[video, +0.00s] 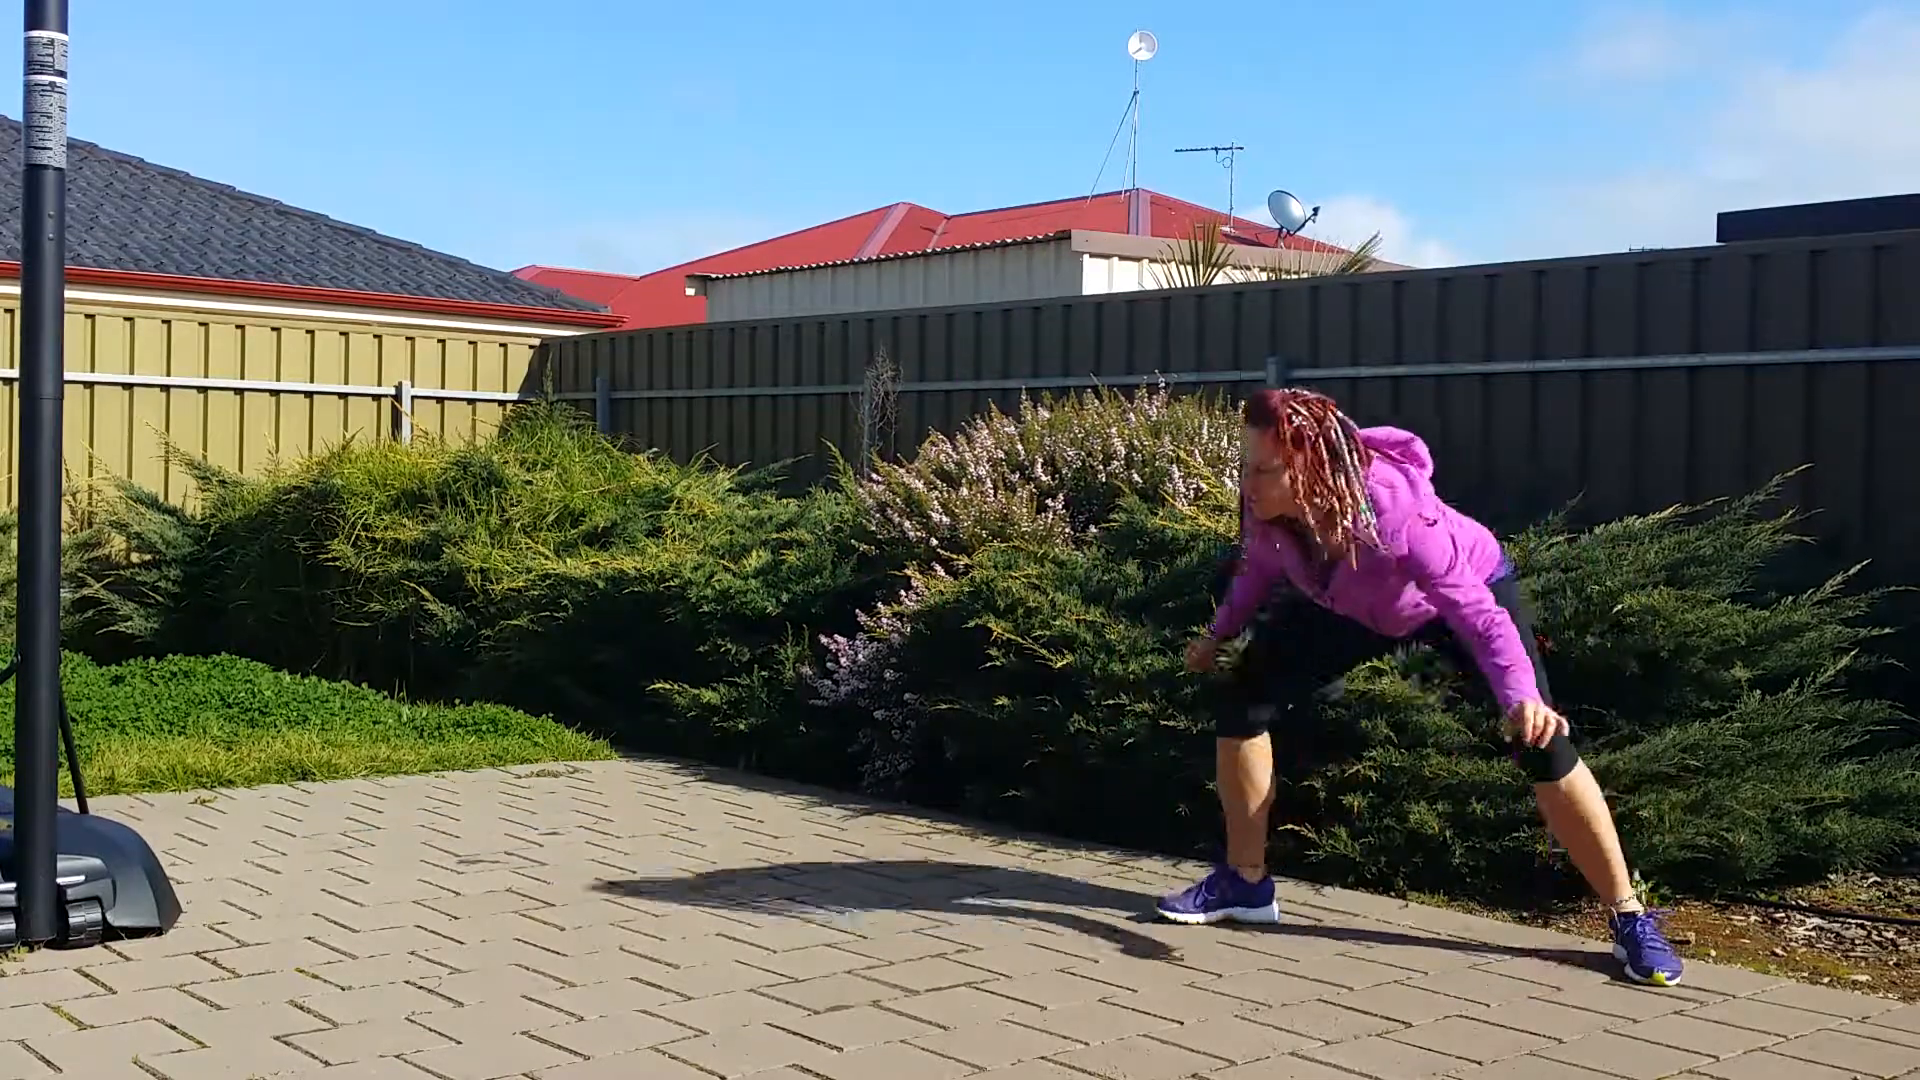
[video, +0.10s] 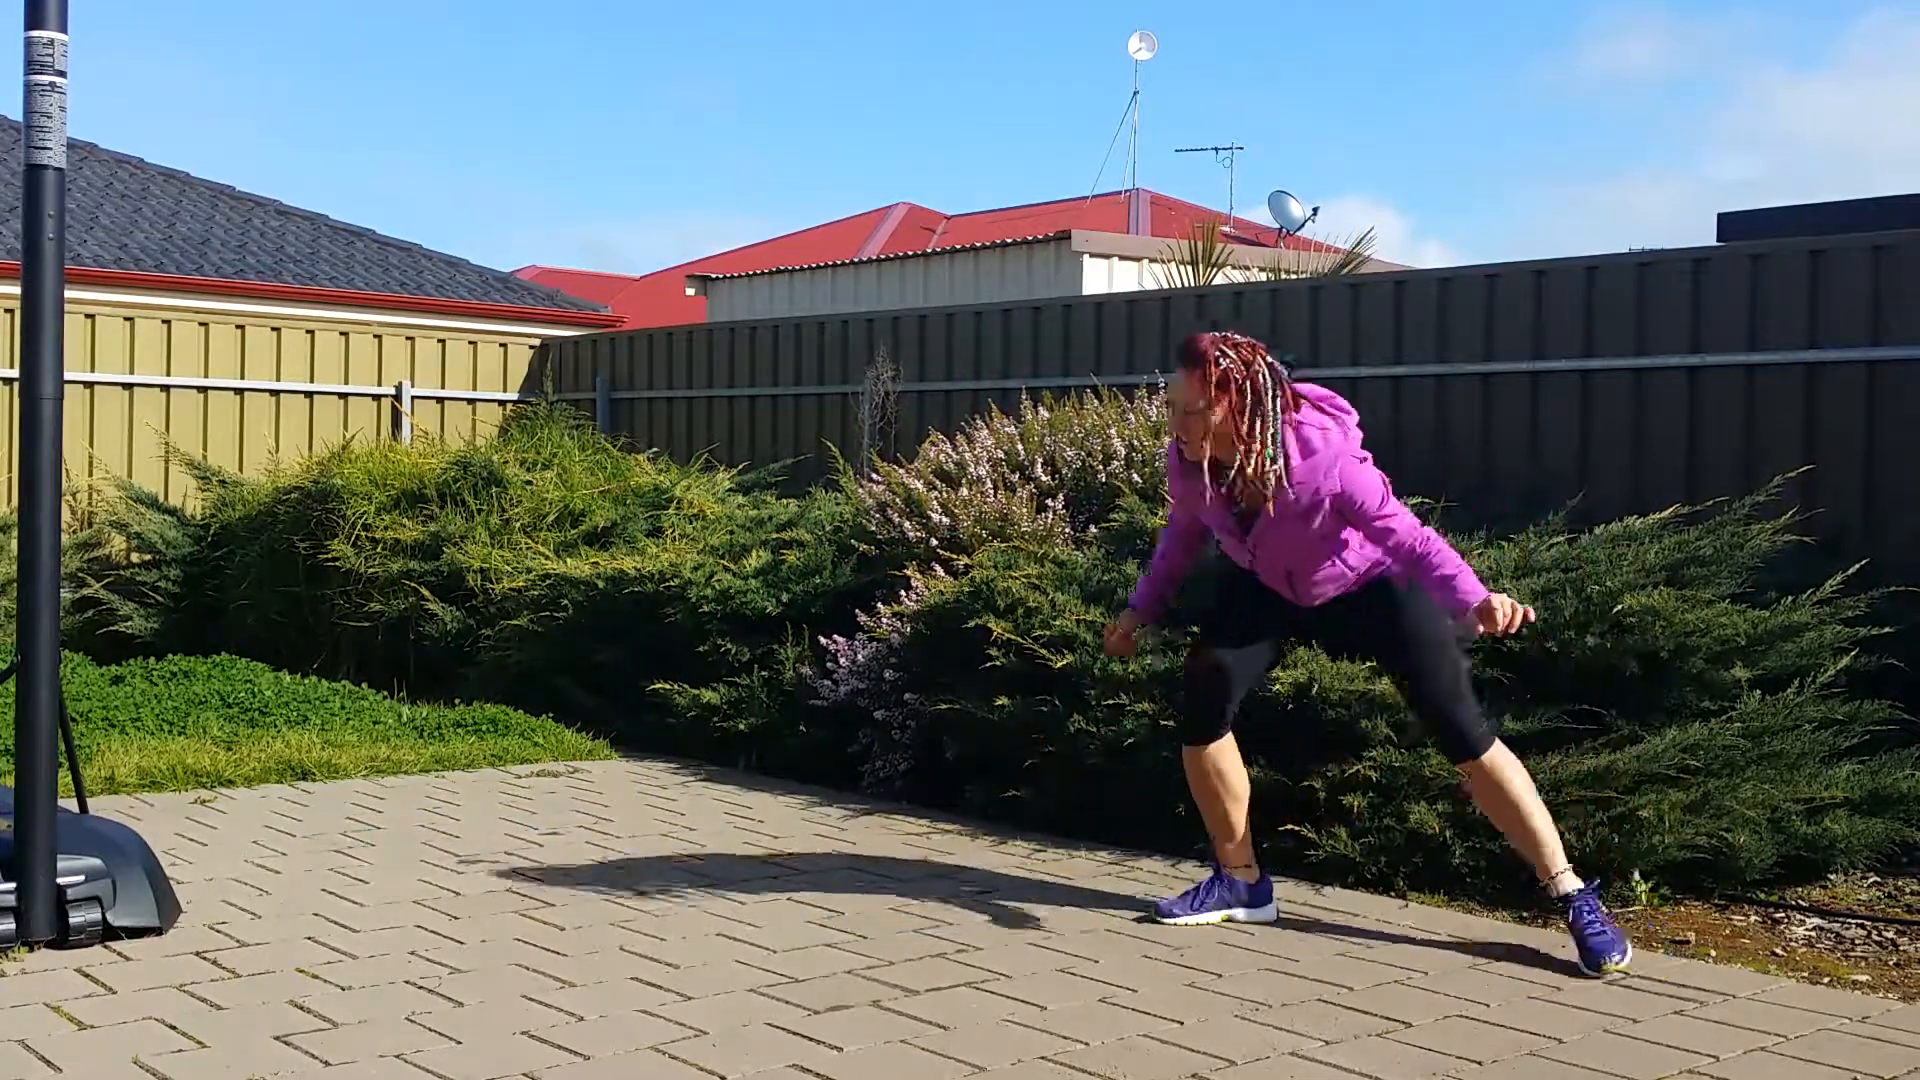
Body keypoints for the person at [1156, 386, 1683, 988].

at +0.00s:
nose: (1249, 481)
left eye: (1263, 469)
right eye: (1248, 466)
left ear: (1312, 472)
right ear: (1249, 462)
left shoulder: (1392, 509)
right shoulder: (1263, 503)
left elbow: (1473, 602)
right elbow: (1255, 567)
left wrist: (1521, 695)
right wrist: (1218, 634)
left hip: (1460, 595)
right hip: (1356, 602)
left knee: (1541, 736)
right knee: (1244, 699)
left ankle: (1630, 918)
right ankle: (1244, 880)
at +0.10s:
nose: (1178, 424)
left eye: (1191, 412)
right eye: (1176, 409)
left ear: (1237, 412)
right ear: (1185, 409)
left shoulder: (1320, 455)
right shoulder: (1188, 459)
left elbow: (1403, 530)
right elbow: (1182, 531)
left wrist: (1476, 600)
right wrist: (1141, 609)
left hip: (1370, 579)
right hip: (1263, 584)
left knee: (1456, 722)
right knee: (1200, 707)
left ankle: (1570, 893)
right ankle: (1241, 883)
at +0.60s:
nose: (924, 364)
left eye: (934, 353)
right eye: (925, 352)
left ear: (978, 360)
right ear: (961, 360)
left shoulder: (1055, 419)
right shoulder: (934, 419)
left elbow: (1122, 511)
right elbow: (919, 497)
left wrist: (1185, 589)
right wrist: (856, 558)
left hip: (1074, 564)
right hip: (984, 561)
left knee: (1100, 702)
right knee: (881, 672)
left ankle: (1157, 861)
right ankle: (851, 815)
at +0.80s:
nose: (807, 333)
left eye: (819, 323)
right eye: (808, 321)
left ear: (864, 332)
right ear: (821, 324)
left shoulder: (934, 390)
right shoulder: (803, 383)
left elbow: (1001, 465)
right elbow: (776, 460)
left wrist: (1073, 538)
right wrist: (729, 529)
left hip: (943, 520)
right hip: (854, 521)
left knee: (962, 653)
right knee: (815, 658)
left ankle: (973, 814)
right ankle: (842, 810)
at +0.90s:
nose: (767, 330)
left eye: (779, 320)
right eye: (767, 317)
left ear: (820, 329)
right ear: (769, 319)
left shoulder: (889, 380)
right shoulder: (763, 375)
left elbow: (963, 451)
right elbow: (734, 457)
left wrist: (1041, 512)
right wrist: (682, 534)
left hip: (901, 503)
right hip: (817, 497)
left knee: (879, 635)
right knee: (771, 623)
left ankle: (838, 776)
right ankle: (777, 775)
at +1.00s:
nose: (725, 368)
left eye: (739, 359)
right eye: (723, 354)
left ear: (781, 362)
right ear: (721, 352)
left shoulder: (845, 414)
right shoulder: (720, 405)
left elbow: (931, 467)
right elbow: (690, 491)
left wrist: (1014, 520)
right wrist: (638, 576)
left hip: (864, 513)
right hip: (779, 499)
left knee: (827, 662)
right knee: (710, 611)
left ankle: (774, 794)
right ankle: (670, 750)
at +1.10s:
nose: (690, 425)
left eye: (704, 413)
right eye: (685, 413)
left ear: (744, 414)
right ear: (681, 413)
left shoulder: (799, 469)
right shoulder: (679, 469)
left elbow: (892, 511)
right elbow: (645, 556)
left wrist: (973, 562)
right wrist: (593, 640)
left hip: (826, 552)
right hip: (741, 542)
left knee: (804, 682)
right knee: (656, 629)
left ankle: (764, 809)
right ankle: (580, 736)